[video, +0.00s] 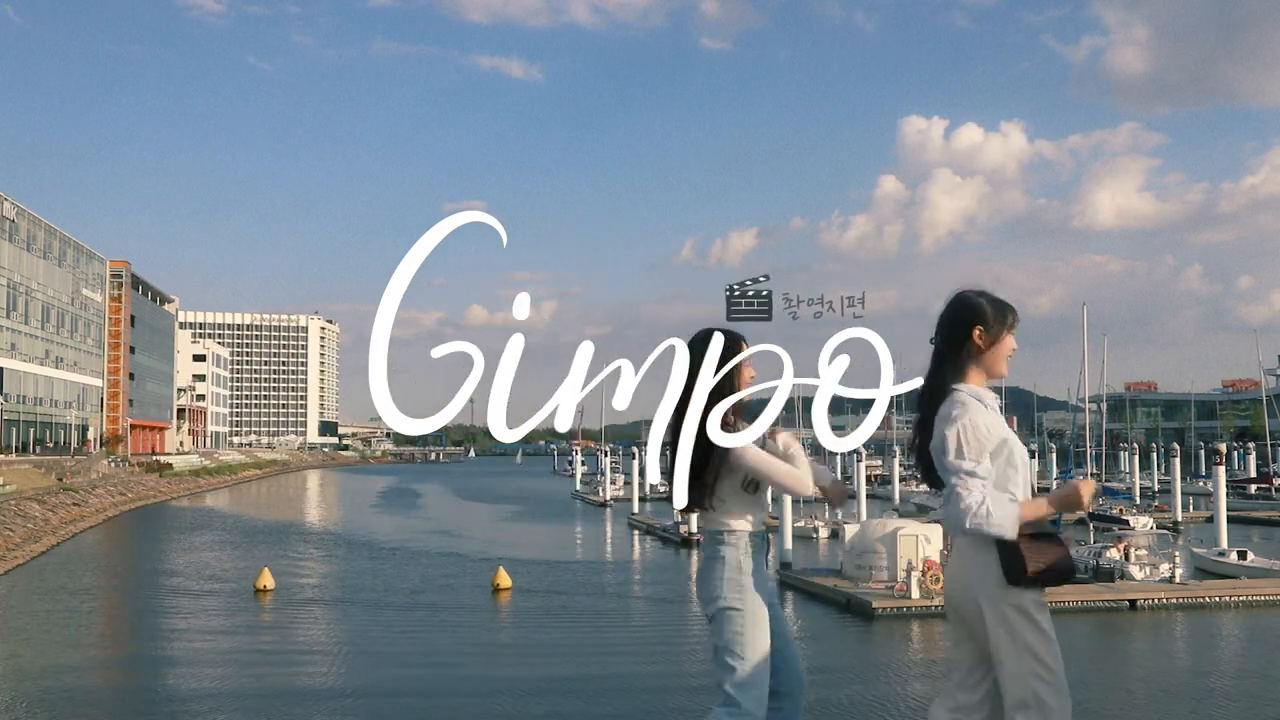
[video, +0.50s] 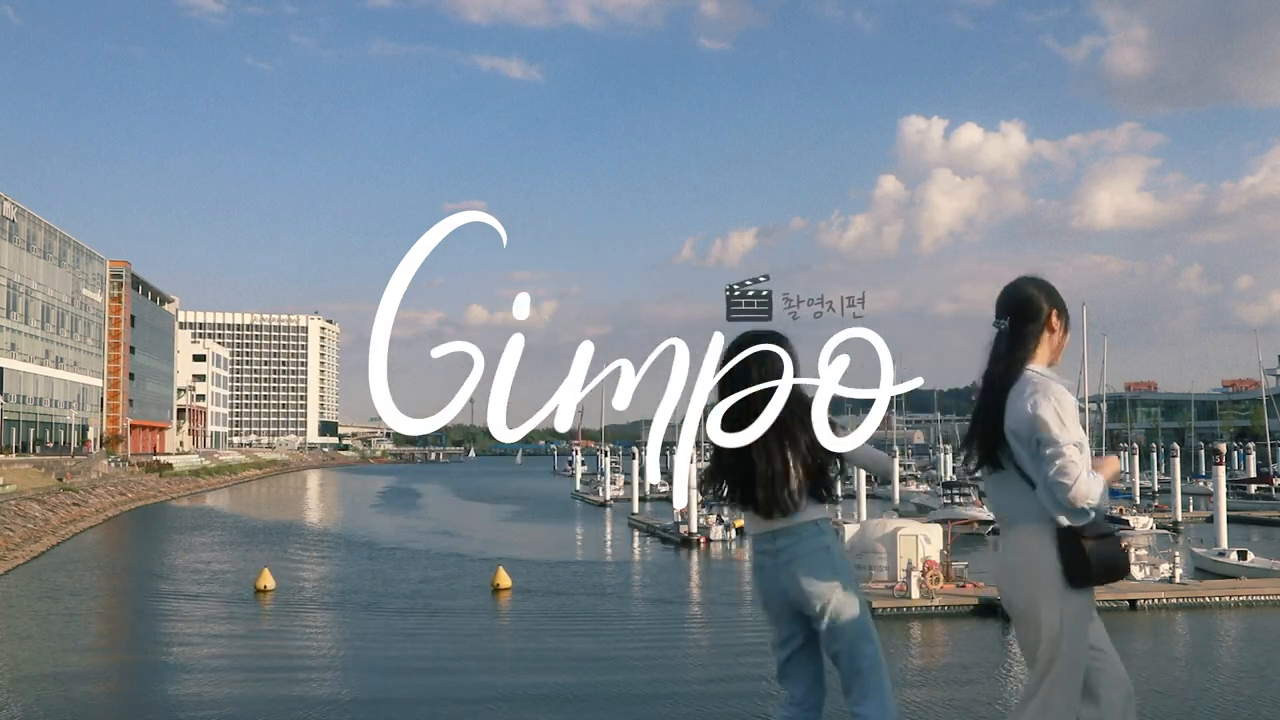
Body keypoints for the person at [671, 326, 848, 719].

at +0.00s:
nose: (752, 372)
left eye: (750, 363)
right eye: (745, 365)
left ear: (722, 373)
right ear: (723, 371)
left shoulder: (736, 426)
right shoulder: (722, 434)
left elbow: (786, 459)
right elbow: (803, 485)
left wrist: (828, 484)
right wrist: (786, 442)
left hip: (752, 562)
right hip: (733, 565)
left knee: (788, 684)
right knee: (743, 699)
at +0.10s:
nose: (763, 376)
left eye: (759, 367)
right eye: (755, 369)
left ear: (718, 383)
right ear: (738, 381)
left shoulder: (708, 442)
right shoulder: (753, 446)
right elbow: (835, 480)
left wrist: (798, 496)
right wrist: (833, 442)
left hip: (724, 582)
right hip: (747, 586)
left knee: (782, 698)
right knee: (794, 702)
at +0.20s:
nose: (774, 383)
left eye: (769, 374)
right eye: (769, 375)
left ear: (719, 385)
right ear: (762, 384)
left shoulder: (709, 441)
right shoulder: (776, 440)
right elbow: (852, 468)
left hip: (724, 582)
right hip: (759, 583)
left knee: (785, 692)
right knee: (831, 691)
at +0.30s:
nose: (781, 372)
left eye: (775, 363)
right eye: (775, 363)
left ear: (721, 370)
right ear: (770, 369)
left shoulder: (711, 424)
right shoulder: (782, 423)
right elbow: (852, 453)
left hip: (735, 560)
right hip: (777, 557)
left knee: (781, 692)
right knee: (850, 672)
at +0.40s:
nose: (787, 360)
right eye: (782, 353)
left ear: (725, 363)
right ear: (778, 359)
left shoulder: (717, 414)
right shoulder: (792, 409)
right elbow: (860, 458)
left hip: (750, 547)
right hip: (799, 539)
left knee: (778, 687)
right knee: (857, 673)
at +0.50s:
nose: (795, 371)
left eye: (791, 365)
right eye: (791, 364)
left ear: (730, 376)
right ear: (787, 371)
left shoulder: (728, 427)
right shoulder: (803, 419)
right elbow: (882, 465)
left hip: (765, 562)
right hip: (815, 554)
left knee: (799, 692)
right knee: (867, 684)